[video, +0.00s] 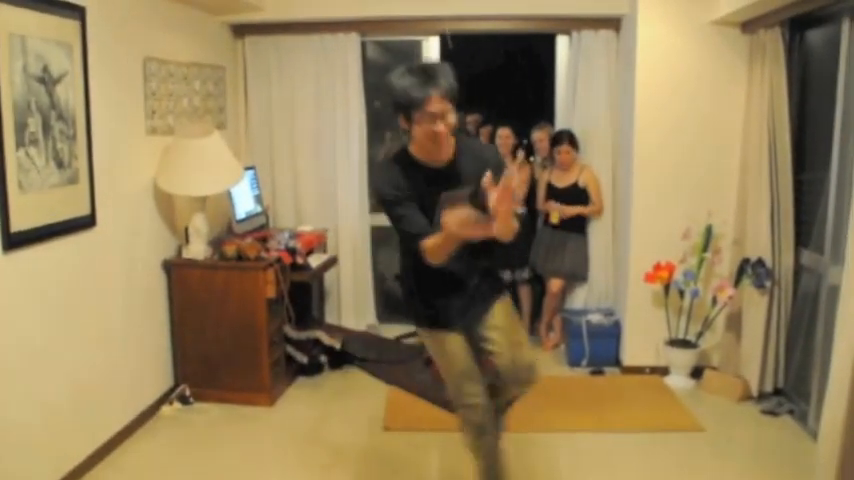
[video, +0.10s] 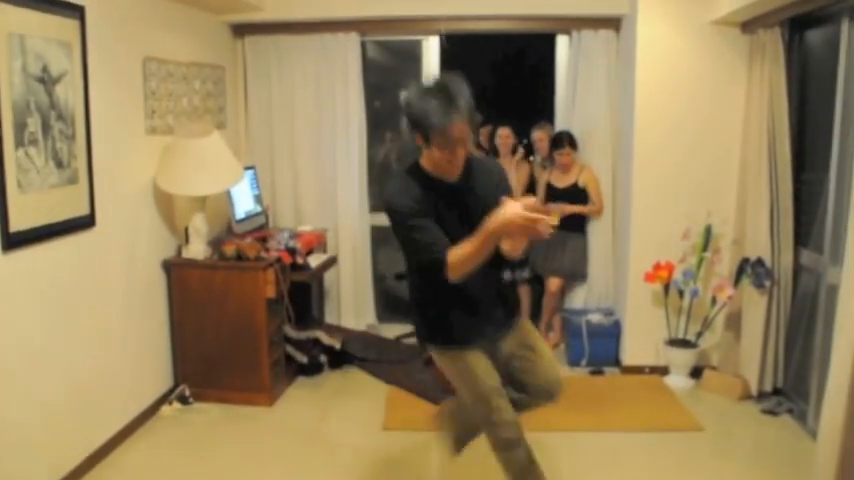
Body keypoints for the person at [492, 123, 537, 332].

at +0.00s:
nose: (504, 142)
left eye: (508, 137)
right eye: (501, 138)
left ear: (515, 141)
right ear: (494, 141)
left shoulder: (523, 167)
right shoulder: (491, 167)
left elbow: (520, 194)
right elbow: (485, 195)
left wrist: (511, 167)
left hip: (519, 216)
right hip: (496, 217)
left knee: (521, 275)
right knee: (501, 274)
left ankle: (526, 324)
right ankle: (502, 323)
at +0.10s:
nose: (505, 142)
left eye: (508, 137)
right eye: (501, 137)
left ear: (515, 140)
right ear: (494, 141)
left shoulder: (524, 166)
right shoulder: (489, 167)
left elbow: (518, 191)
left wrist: (510, 165)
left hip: (519, 228)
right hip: (497, 229)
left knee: (521, 277)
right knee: (500, 278)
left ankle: (525, 319)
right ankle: (501, 317)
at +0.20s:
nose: (503, 142)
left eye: (507, 138)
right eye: (499, 138)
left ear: (515, 141)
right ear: (494, 142)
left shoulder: (522, 166)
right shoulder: (488, 165)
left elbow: (517, 195)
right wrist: (516, 244)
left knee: (517, 278)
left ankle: (524, 324)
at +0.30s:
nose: (503, 143)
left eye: (507, 138)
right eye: (500, 139)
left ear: (516, 142)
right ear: (494, 142)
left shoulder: (523, 168)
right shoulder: (490, 168)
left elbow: (521, 195)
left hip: (516, 224)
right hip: (494, 224)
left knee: (516, 276)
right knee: (497, 276)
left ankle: (524, 321)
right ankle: (499, 317)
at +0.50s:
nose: (505, 140)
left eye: (509, 135)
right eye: (501, 135)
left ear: (516, 139)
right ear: (494, 139)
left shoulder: (522, 164)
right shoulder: (491, 164)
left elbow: (519, 190)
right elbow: (485, 190)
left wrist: (513, 160)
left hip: (517, 218)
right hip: (494, 218)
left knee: (519, 276)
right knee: (497, 275)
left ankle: (523, 322)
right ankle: (498, 318)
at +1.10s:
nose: (502, 140)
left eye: (506, 135)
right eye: (499, 136)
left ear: (514, 138)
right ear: (493, 138)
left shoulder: (519, 159)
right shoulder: (490, 159)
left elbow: (517, 189)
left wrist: (517, 164)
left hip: (514, 213)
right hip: (493, 212)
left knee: (516, 269)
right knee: (500, 268)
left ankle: (521, 318)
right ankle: (505, 319)